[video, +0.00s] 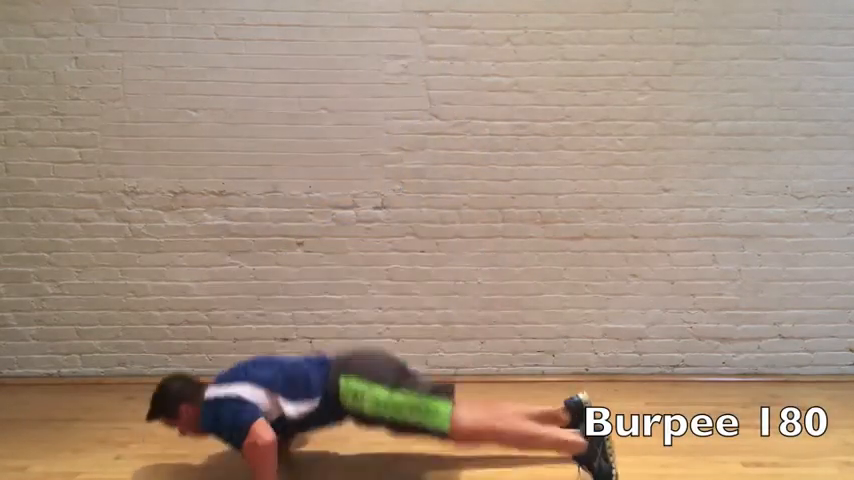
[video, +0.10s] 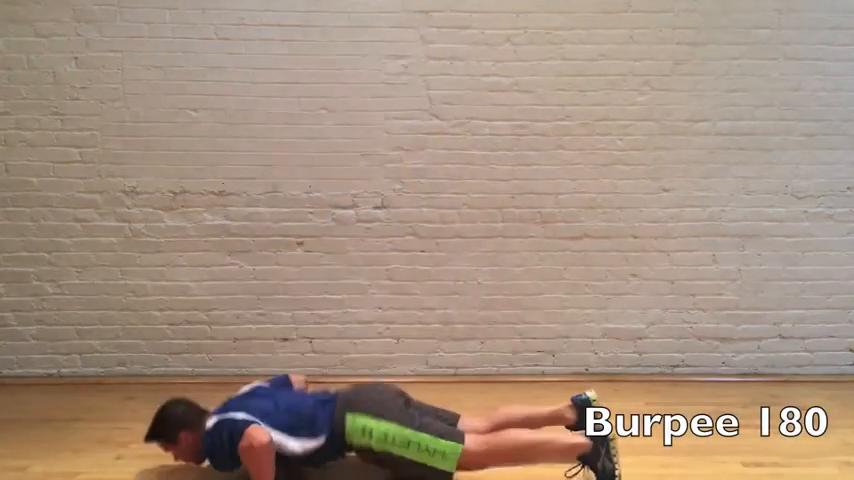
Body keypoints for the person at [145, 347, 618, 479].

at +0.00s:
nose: (179, 430)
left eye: (174, 423)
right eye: (173, 425)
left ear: (185, 408)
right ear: (191, 392)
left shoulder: (218, 405)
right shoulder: (229, 382)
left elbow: (263, 437)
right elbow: (282, 421)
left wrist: (264, 478)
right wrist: (278, 450)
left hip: (352, 384)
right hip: (356, 368)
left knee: (458, 425)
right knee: (458, 411)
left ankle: (581, 445)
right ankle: (564, 418)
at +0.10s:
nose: (176, 455)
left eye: (172, 449)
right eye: (171, 449)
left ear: (185, 435)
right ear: (197, 416)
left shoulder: (217, 435)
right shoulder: (238, 401)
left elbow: (259, 443)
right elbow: (295, 379)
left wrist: (260, 479)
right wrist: (287, 413)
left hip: (358, 422)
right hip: (363, 396)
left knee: (468, 453)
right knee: (469, 430)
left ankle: (587, 448)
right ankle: (571, 412)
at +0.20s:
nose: (174, 459)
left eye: (171, 454)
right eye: (170, 454)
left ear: (181, 445)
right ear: (198, 420)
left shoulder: (213, 448)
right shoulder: (242, 405)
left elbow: (256, 443)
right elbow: (295, 379)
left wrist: (261, 479)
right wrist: (281, 418)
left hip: (350, 435)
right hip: (358, 407)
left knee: (467, 463)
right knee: (470, 435)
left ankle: (587, 447)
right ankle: (570, 411)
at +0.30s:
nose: (179, 437)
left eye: (177, 430)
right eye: (174, 430)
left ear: (189, 416)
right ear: (200, 395)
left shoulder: (218, 427)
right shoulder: (241, 388)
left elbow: (266, 444)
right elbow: (296, 377)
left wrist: (263, 478)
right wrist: (286, 414)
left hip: (357, 428)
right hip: (361, 400)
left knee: (469, 462)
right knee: (473, 434)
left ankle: (587, 446)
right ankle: (571, 412)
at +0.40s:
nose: (179, 409)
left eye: (175, 401)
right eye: (173, 403)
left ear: (189, 390)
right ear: (199, 369)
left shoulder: (226, 398)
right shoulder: (241, 365)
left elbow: (269, 439)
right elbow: (290, 394)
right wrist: (282, 445)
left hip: (365, 410)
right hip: (369, 384)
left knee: (473, 453)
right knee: (472, 429)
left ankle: (590, 448)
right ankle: (572, 413)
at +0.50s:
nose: (183, 397)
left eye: (179, 391)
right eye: (178, 392)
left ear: (190, 377)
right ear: (196, 360)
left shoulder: (228, 379)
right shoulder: (236, 352)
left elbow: (265, 439)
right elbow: (289, 397)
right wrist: (281, 437)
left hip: (367, 361)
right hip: (364, 353)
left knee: (468, 412)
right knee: (463, 403)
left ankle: (585, 445)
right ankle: (568, 410)